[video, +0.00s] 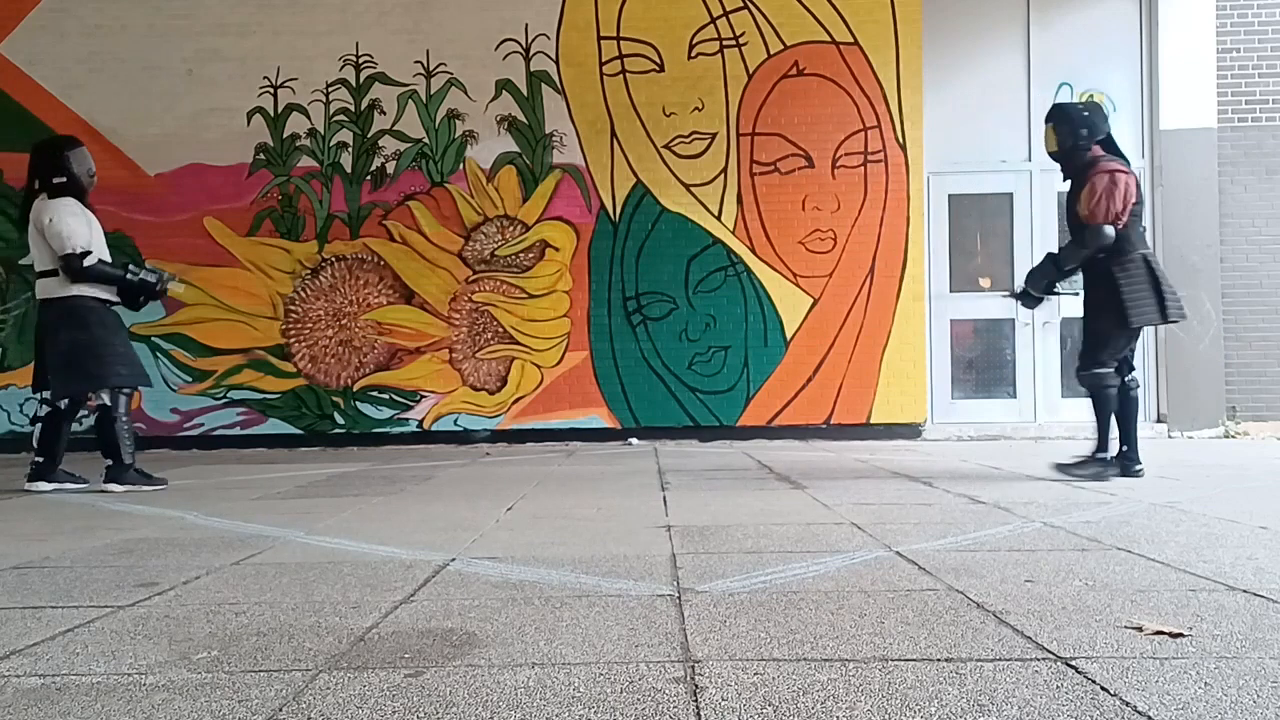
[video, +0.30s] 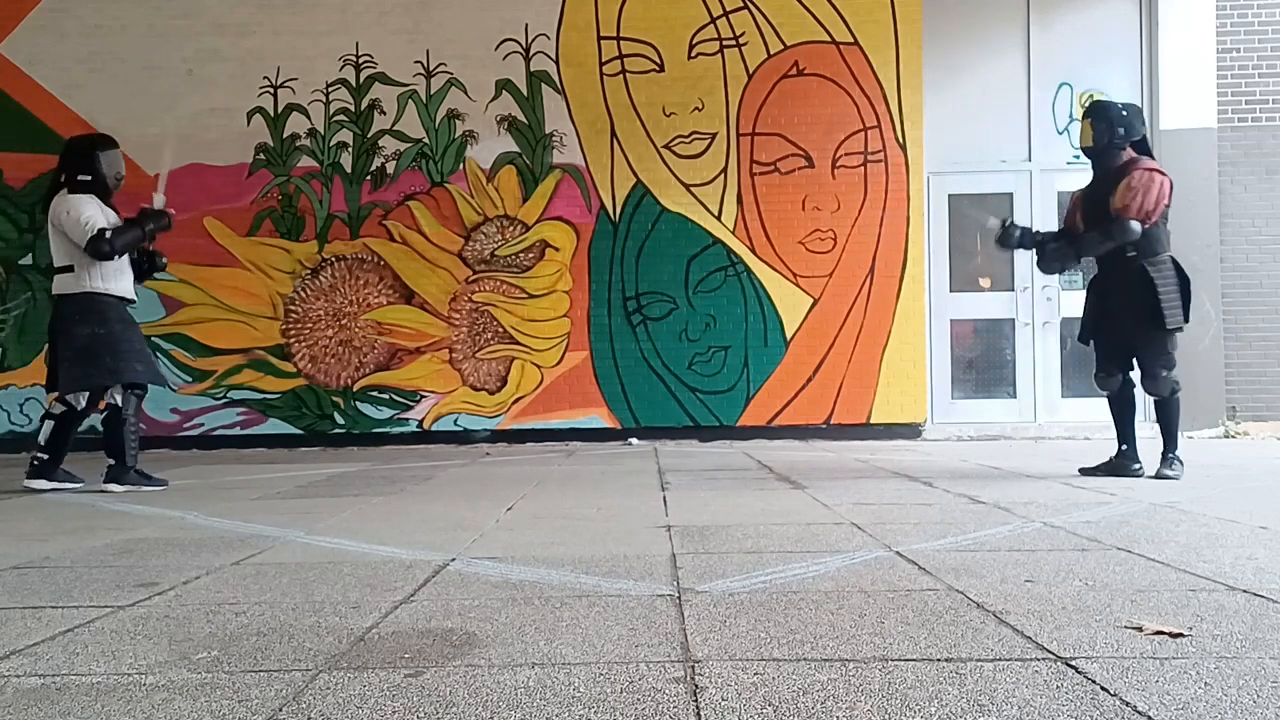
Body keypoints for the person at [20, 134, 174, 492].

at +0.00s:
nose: (92, 172)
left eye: (90, 164)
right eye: (85, 165)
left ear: (51, 172)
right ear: (65, 169)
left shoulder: (49, 206)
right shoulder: (62, 208)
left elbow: (79, 276)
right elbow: (77, 266)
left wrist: (123, 294)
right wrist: (133, 277)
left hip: (60, 311)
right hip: (80, 310)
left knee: (66, 390)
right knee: (119, 381)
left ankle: (45, 468)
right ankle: (122, 467)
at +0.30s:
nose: (120, 172)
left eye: (120, 164)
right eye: (113, 164)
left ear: (85, 168)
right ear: (91, 166)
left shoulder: (98, 207)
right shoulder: (74, 201)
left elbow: (104, 268)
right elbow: (101, 244)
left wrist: (140, 264)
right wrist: (146, 225)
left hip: (85, 307)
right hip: (92, 307)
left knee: (76, 390)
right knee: (130, 380)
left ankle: (44, 467)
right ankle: (123, 468)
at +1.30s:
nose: (132, 176)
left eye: (131, 168)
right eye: (125, 168)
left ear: (88, 172)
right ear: (105, 171)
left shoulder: (70, 207)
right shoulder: (100, 210)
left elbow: (82, 265)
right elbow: (123, 266)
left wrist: (139, 266)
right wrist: (156, 268)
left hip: (67, 311)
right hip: (94, 313)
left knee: (72, 395)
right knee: (153, 367)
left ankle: (41, 471)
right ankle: (154, 459)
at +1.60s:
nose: (181, 182)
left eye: (179, 174)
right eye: (174, 174)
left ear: (136, 183)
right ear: (155, 181)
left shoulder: (115, 219)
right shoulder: (158, 225)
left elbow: (88, 264)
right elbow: (178, 284)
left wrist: (120, 285)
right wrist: (194, 312)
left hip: (113, 323)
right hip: (146, 326)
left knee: (95, 399)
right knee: (207, 377)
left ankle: (46, 466)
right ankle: (212, 466)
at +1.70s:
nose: (204, 183)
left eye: (202, 175)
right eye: (198, 176)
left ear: (155, 181)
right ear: (183, 181)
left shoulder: (136, 219)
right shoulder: (185, 222)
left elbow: (110, 268)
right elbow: (202, 281)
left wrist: (150, 282)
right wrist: (218, 303)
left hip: (139, 324)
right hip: (174, 325)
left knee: (130, 404)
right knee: (232, 383)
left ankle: (69, 459)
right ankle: (216, 468)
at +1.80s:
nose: (228, 181)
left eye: (226, 173)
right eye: (223, 173)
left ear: (178, 178)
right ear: (209, 178)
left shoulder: (161, 215)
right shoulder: (209, 219)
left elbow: (131, 267)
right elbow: (227, 278)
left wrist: (167, 280)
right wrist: (246, 298)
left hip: (158, 320)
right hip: (193, 321)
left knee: (182, 400)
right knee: (242, 386)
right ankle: (217, 469)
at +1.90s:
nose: (252, 178)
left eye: (250, 170)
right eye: (246, 170)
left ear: (202, 175)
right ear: (232, 176)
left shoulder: (182, 212)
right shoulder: (231, 217)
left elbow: (152, 267)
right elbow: (248, 282)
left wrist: (189, 275)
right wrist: (264, 287)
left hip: (179, 313)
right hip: (211, 315)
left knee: (233, 386)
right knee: (255, 387)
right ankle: (217, 470)